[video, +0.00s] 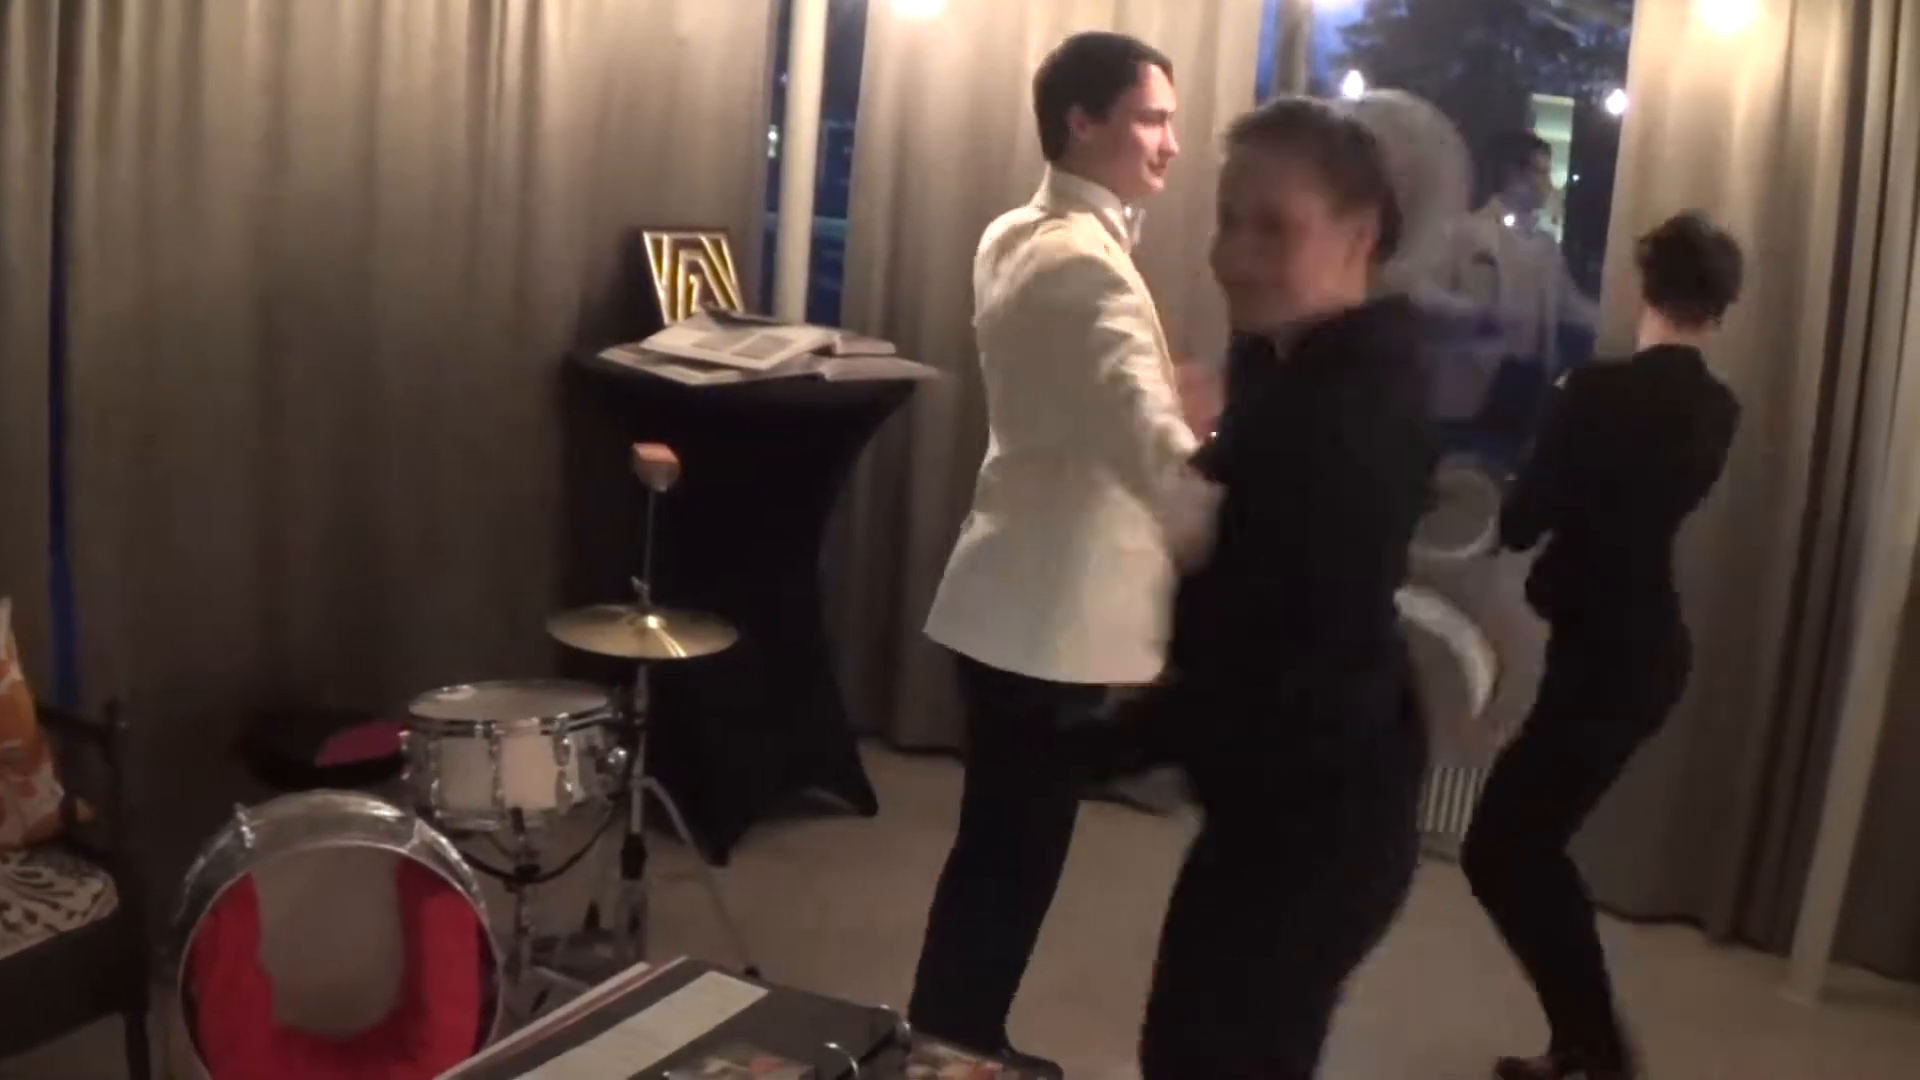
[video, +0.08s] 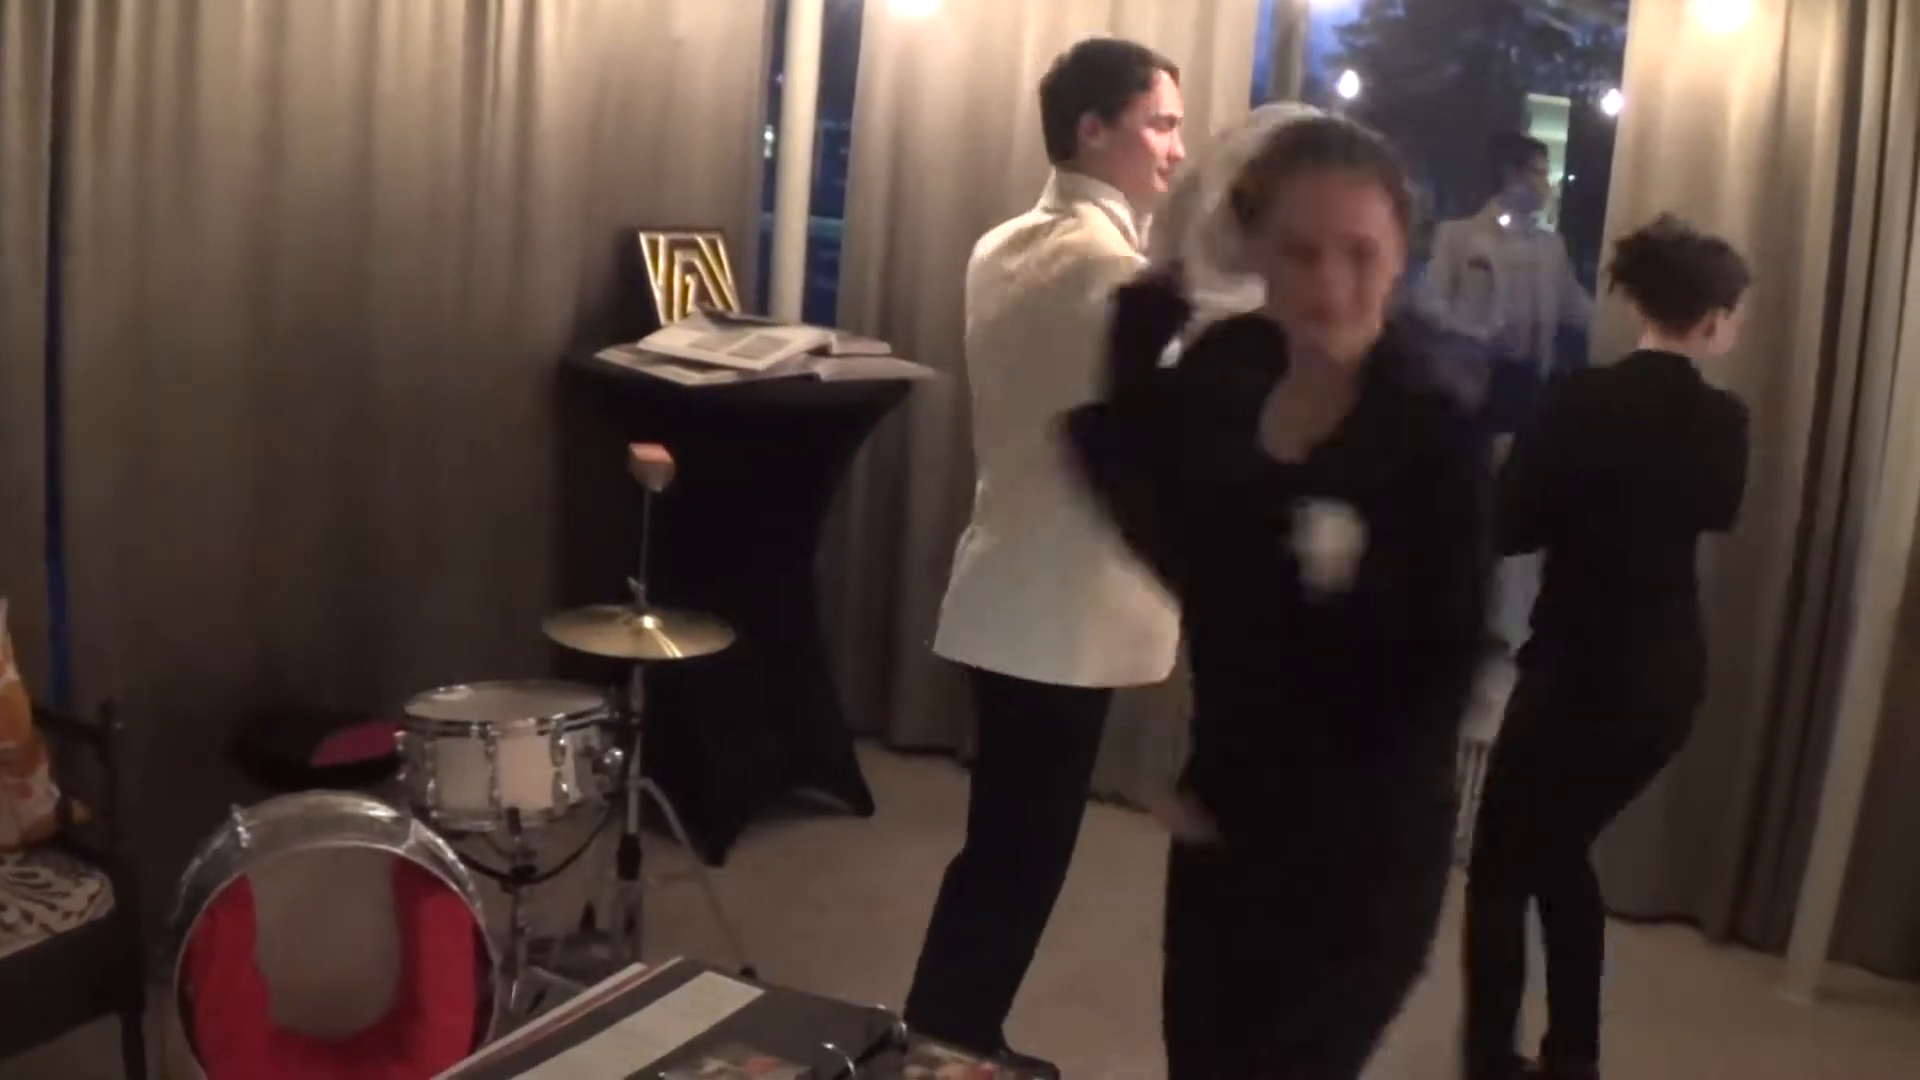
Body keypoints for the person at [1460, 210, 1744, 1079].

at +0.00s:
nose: (1634, 294)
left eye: (1637, 281)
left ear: (1642, 287)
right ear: (1722, 306)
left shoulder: (1598, 387)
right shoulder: (1718, 408)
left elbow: (1521, 522)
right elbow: (1664, 506)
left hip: (1594, 642)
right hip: (1654, 642)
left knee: (1497, 845)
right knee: (1536, 841)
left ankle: (1588, 1046)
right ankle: (1589, 1044)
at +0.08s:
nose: (1736, 333)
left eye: (1738, 317)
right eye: (1735, 317)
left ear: (1636, 303)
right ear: (1713, 320)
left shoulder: (1578, 397)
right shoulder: (1722, 418)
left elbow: (1509, 524)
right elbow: (1721, 514)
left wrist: (1588, 498)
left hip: (1568, 669)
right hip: (1666, 682)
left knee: (1499, 860)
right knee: (1565, 850)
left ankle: (1488, 1055)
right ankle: (1574, 1054)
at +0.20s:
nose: (1746, 349)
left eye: (1749, 330)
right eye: (1741, 329)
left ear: (1658, 315)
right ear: (1695, 321)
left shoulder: (1569, 394)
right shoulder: (1707, 418)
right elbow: (1810, 477)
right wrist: (1743, 413)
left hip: (1552, 673)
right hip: (1656, 683)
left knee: (1518, 864)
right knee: (1611, 853)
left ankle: (1461, 1055)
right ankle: (1579, 1054)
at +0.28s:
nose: (1760, 333)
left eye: (1763, 313)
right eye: (1751, 311)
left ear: (1681, 306)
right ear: (1699, 307)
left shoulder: (1578, 376)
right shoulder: (1714, 395)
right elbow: (1850, 410)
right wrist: (1811, 330)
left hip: (1564, 662)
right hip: (1667, 673)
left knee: (1526, 871)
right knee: (1665, 873)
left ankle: (1450, 1062)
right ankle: (1607, 1054)